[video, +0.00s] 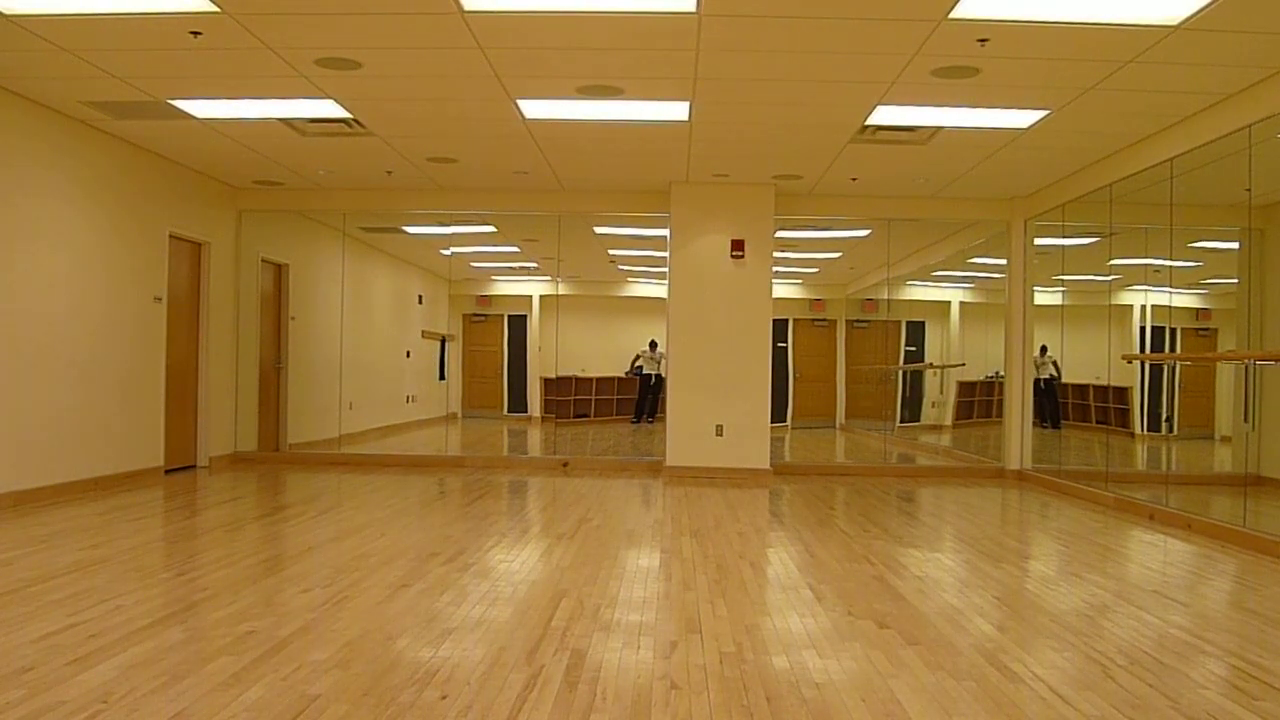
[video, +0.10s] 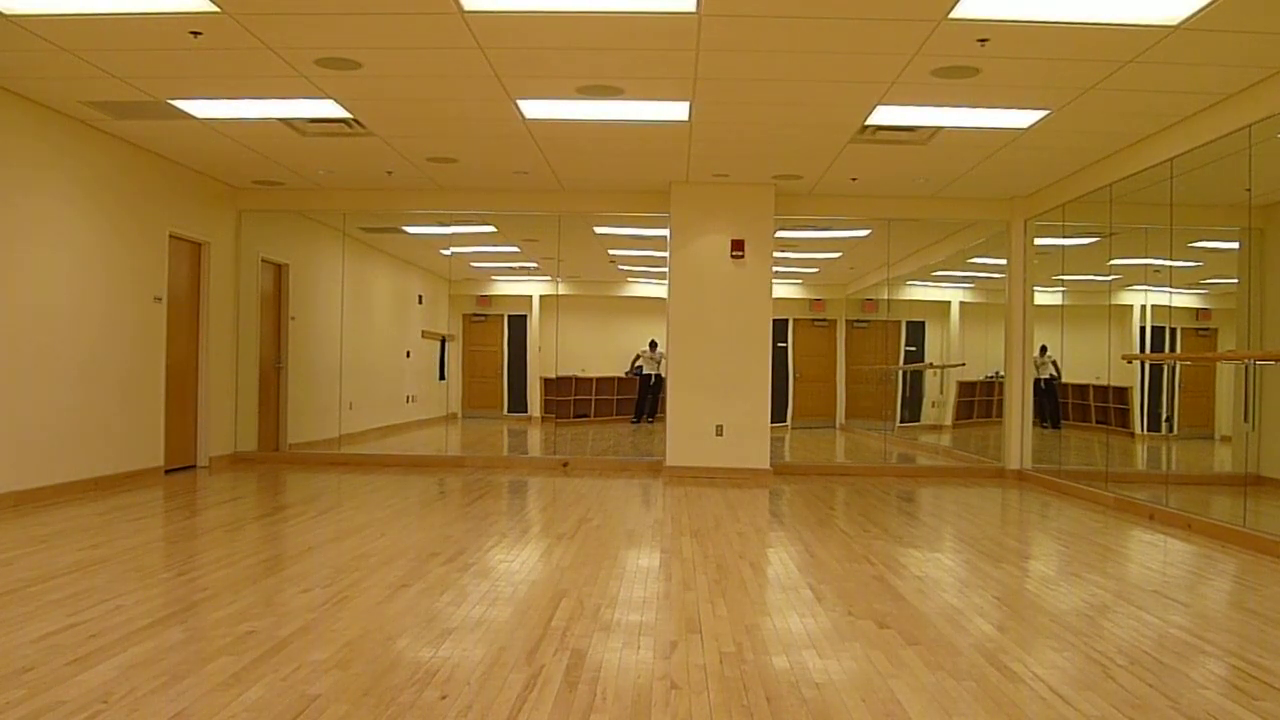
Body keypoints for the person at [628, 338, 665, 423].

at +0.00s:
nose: (653, 351)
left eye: (654, 349)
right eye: (651, 349)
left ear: (656, 348)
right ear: (649, 347)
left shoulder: (660, 354)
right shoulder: (643, 352)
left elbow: (669, 361)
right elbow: (635, 359)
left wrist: (666, 373)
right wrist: (631, 370)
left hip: (657, 374)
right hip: (646, 373)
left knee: (655, 396)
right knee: (642, 395)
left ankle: (651, 416)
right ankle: (637, 416)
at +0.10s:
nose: (653, 351)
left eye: (654, 349)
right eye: (651, 349)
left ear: (656, 348)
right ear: (648, 347)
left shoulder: (660, 354)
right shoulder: (643, 352)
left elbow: (668, 361)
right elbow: (635, 359)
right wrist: (631, 369)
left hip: (656, 374)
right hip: (645, 374)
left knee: (655, 396)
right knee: (642, 395)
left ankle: (651, 416)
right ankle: (637, 416)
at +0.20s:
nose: (652, 351)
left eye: (654, 349)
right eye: (651, 349)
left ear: (656, 348)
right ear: (648, 347)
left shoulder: (660, 354)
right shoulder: (643, 352)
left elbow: (668, 360)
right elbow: (634, 360)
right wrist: (631, 369)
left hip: (656, 374)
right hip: (645, 373)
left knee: (654, 396)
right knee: (641, 395)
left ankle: (651, 416)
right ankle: (637, 416)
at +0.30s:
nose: (652, 351)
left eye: (654, 350)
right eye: (651, 349)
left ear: (656, 348)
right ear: (649, 347)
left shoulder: (660, 354)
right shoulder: (643, 352)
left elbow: (669, 362)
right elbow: (635, 359)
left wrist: (667, 373)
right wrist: (631, 369)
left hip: (655, 373)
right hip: (645, 373)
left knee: (654, 396)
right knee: (641, 395)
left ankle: (651, 416)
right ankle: (637, 416)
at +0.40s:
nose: (652, 351)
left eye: (654, 350)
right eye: (651, 349)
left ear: (657, 348)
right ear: (649, 347)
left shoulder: (660, 354)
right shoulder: (643, 352)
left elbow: (669, 361)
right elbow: (635, 360)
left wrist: (668, 373)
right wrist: (631, 369)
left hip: (655, 374)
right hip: (644, 373)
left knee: (654, 396)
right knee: (640, 395)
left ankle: (651, 416)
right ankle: (637, 416)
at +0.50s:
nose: (652, 351)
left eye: (654, 349)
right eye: (651, 349)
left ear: (657, 348)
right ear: (649, 347)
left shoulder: (660, 354)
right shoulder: (643, 351)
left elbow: (669, 361)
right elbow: (635, 360)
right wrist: (631, 369)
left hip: (654, 373)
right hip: (643, 373)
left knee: (654, 396)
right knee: (640, 395)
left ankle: (651, 416)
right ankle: (637, 416)